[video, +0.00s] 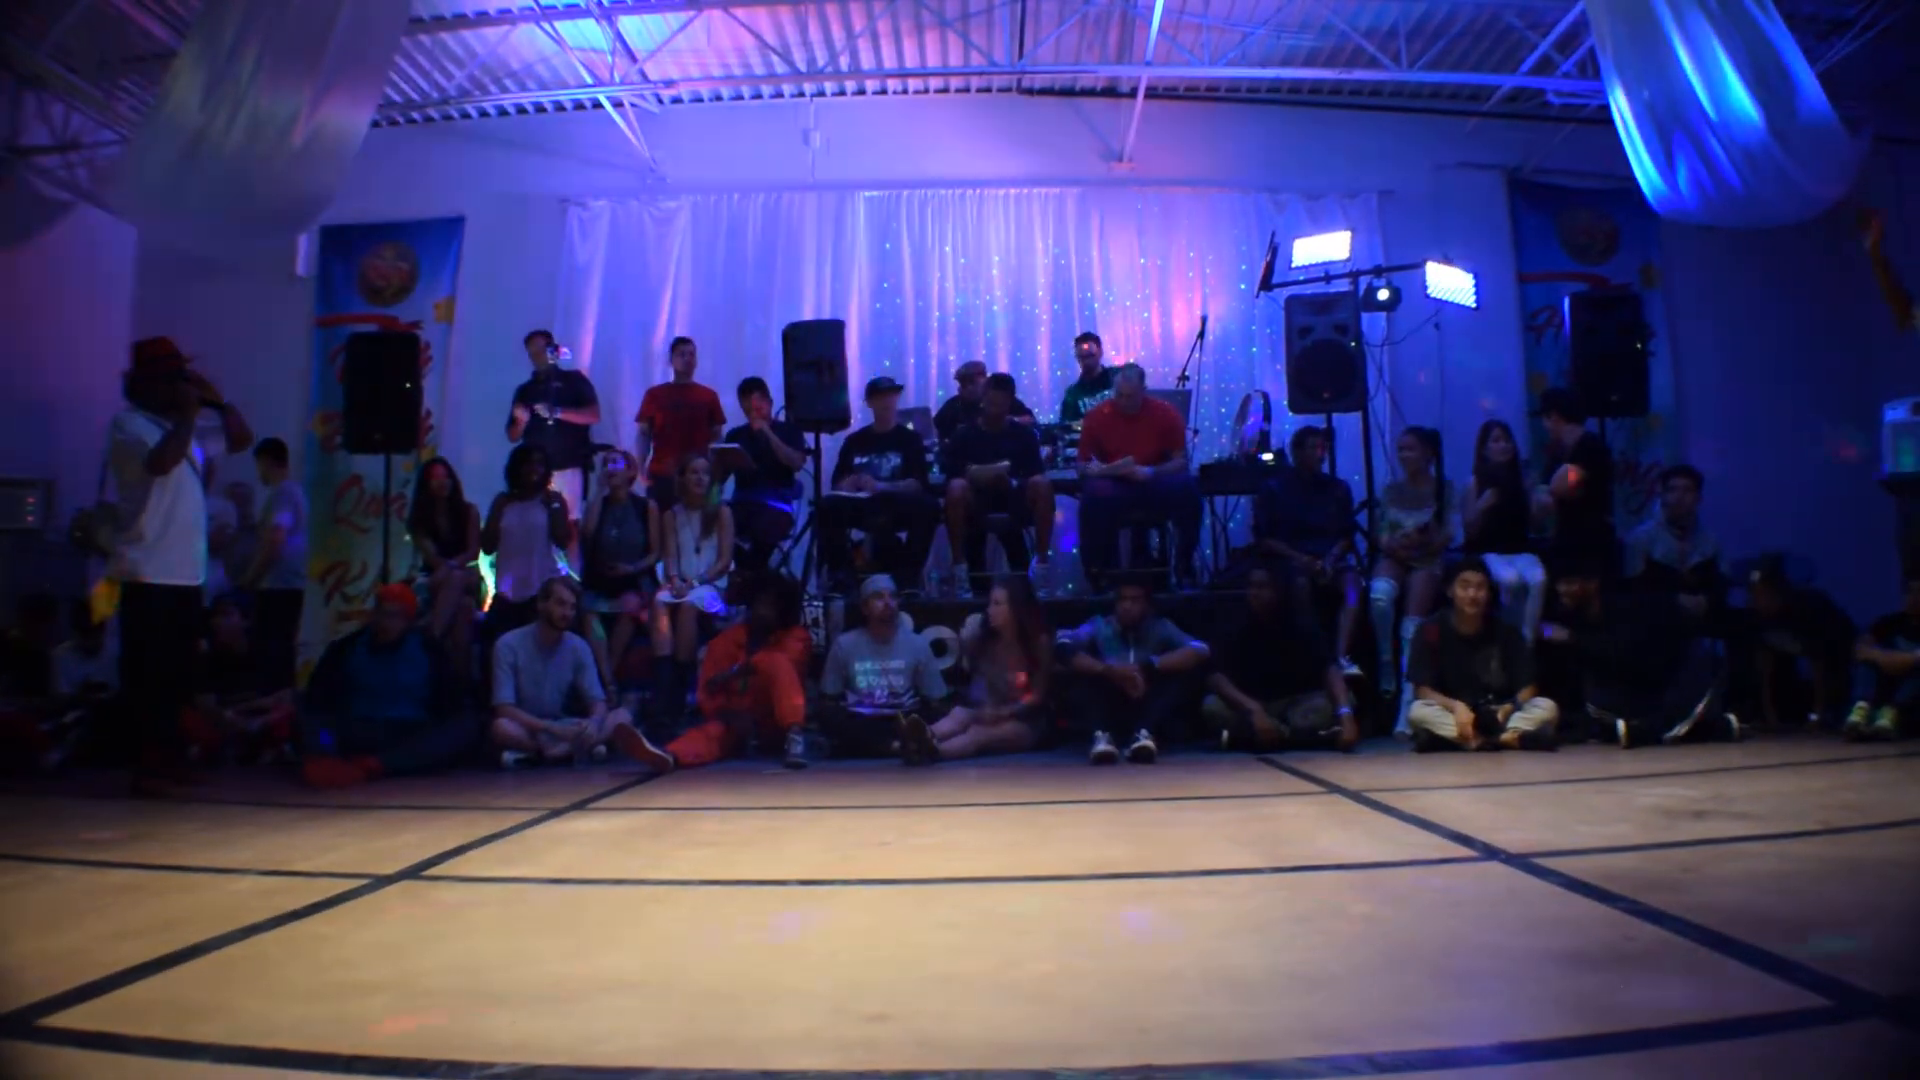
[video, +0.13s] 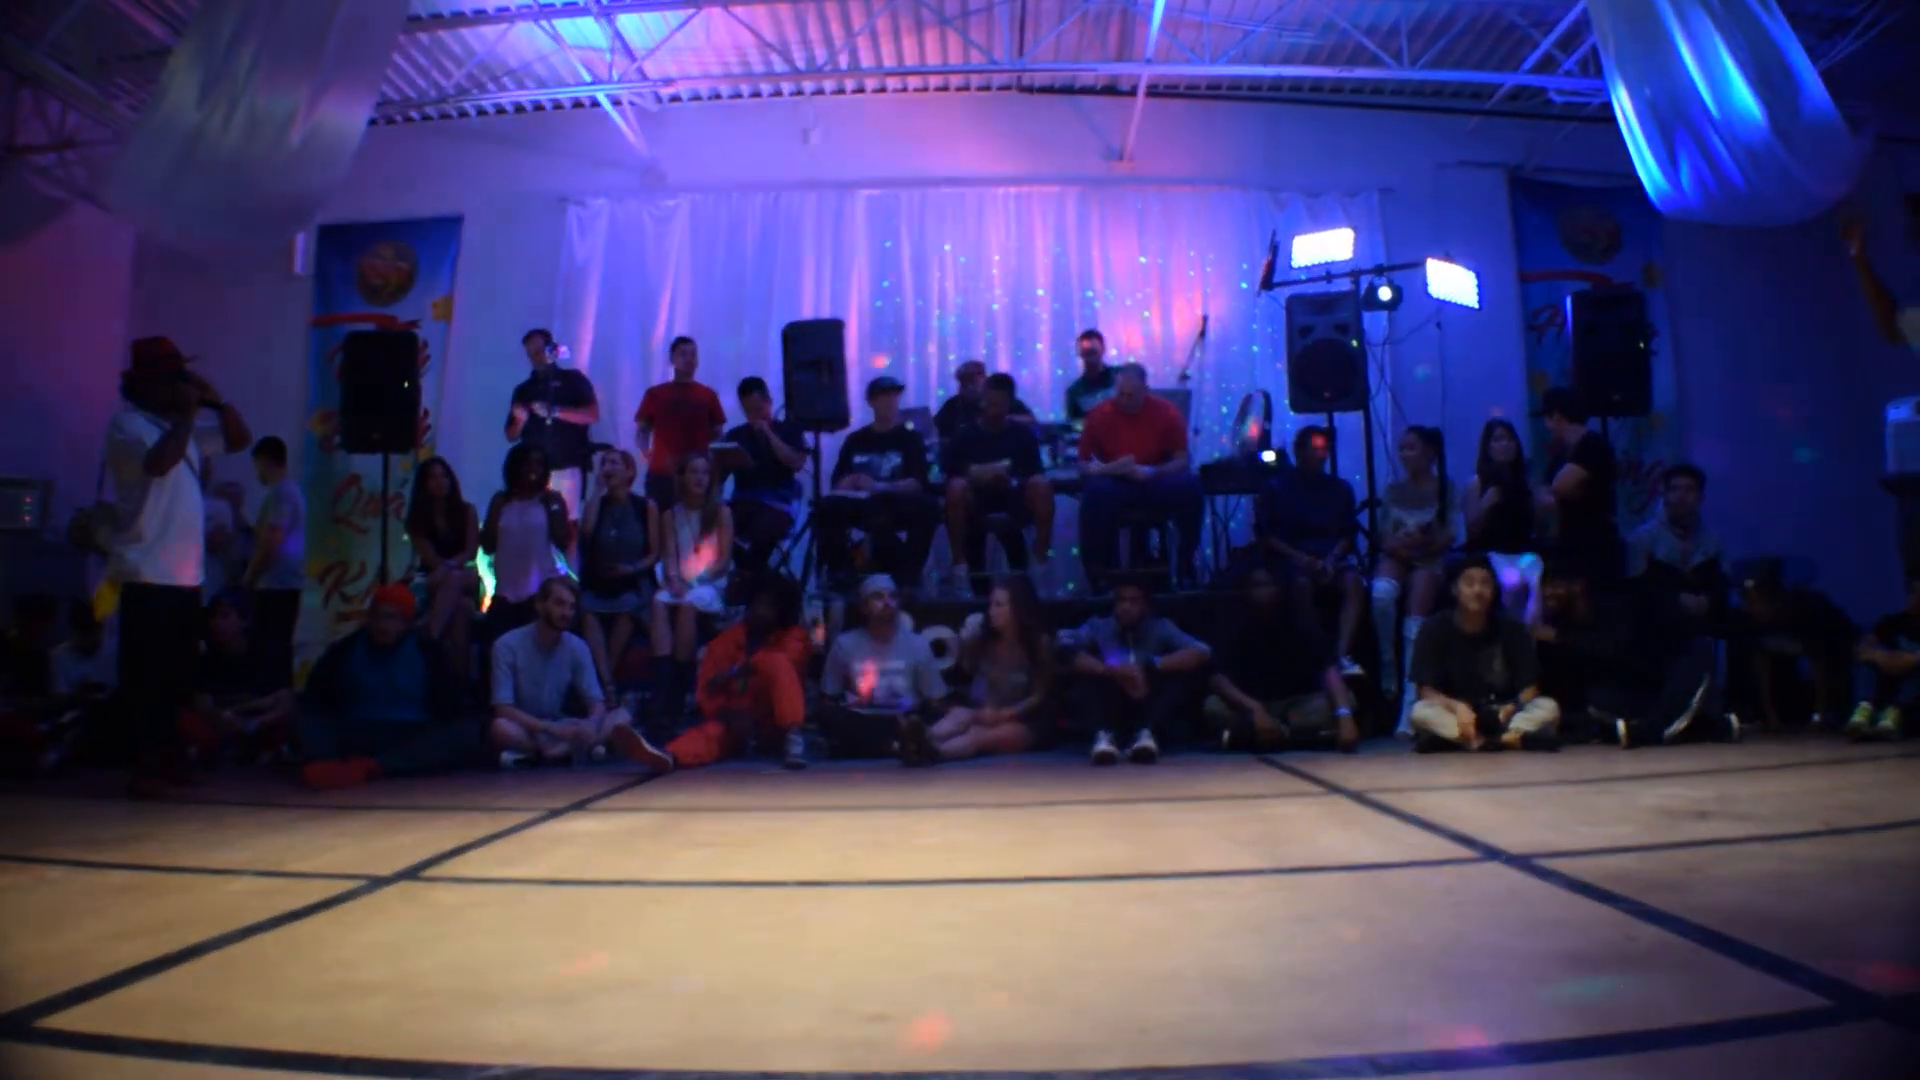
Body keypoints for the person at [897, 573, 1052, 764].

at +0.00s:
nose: (990, 610)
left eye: (998, 604)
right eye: (990, 604)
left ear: (1017, 607)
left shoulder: (1036, 644)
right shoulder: (986, 643)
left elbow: (1037, 696)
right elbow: (977, 685)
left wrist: (999, 713)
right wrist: (985, 708)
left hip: (1027, 718)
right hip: (994, 712)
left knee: (979, 734)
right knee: (960, 715)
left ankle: (931, 752)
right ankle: (922, 735)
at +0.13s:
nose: (992, 612)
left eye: (999, 605)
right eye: (991, 605)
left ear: (1018, 609)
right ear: (988, 607)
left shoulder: (1036, 645)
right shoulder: (987, 643)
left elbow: (1039, 696)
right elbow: (965, 676)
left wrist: (1001, 715)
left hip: (1023, 720)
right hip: (990, 713)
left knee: (979, 736)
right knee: (959, 716)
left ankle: (933, 753)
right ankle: (921, 739)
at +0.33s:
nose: (992, 614)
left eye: (998, 607)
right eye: (991, 607)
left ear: (1018, 609)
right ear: (989, 609)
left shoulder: (1038, 644)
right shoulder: (986, 638)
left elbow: (1040, 697)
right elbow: (962, 640)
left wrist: (999, 715)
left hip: (1021, 718)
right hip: (985, 710)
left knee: (978, 734)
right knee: (958, 715)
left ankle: (931, 752)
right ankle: (924, 737)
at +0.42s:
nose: (992, 617)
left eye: (997, 610)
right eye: (991, 610)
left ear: (1016, 610)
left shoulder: (1040, 643)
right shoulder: (985, 634)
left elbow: (1041, 697)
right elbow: (962, 637)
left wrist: (999, 715)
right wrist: (970, 681)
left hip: (1021, 717)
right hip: (986, 707)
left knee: (979, 734)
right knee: (958, 715)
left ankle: (931, 751)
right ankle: (921, 737)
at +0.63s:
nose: (992, 619)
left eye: (997, 612)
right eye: (991, 612)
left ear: (1014, 612)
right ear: (990, 613)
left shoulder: (1037, 644)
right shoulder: (985, 632)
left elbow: (1039, 698)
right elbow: (965, 631)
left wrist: (997, 715)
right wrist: (970, 675)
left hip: (1021, 716)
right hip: (984, 708)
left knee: (980, 734)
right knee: (957, 716)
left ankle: (932, 751)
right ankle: (921, 737)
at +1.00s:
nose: (992, 618)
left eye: (996, 611)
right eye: (990, 612)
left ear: (1013, 612)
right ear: (990, 612)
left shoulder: (1035, 644)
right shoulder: (990, 630)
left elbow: (1037, 696)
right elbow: (961, 623)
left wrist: (993, 712)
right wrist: (965, 665)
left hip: (1017, 716)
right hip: (982, 707)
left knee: (981, 733)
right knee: (957, 716)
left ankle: (931, 752)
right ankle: (920, 737)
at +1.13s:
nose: (989, 617)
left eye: (993, 611)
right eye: (987, 611)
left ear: (1010, 611)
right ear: (987, 611)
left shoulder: (1034, 640)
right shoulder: (988, 630)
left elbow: (1038, 692)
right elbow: (962, 627)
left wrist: (996, 714)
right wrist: (961, 671)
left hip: (1019, 715)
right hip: (984, 707)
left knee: (984, 734)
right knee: (960, 715)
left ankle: (931, 752)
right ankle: (925, 737)